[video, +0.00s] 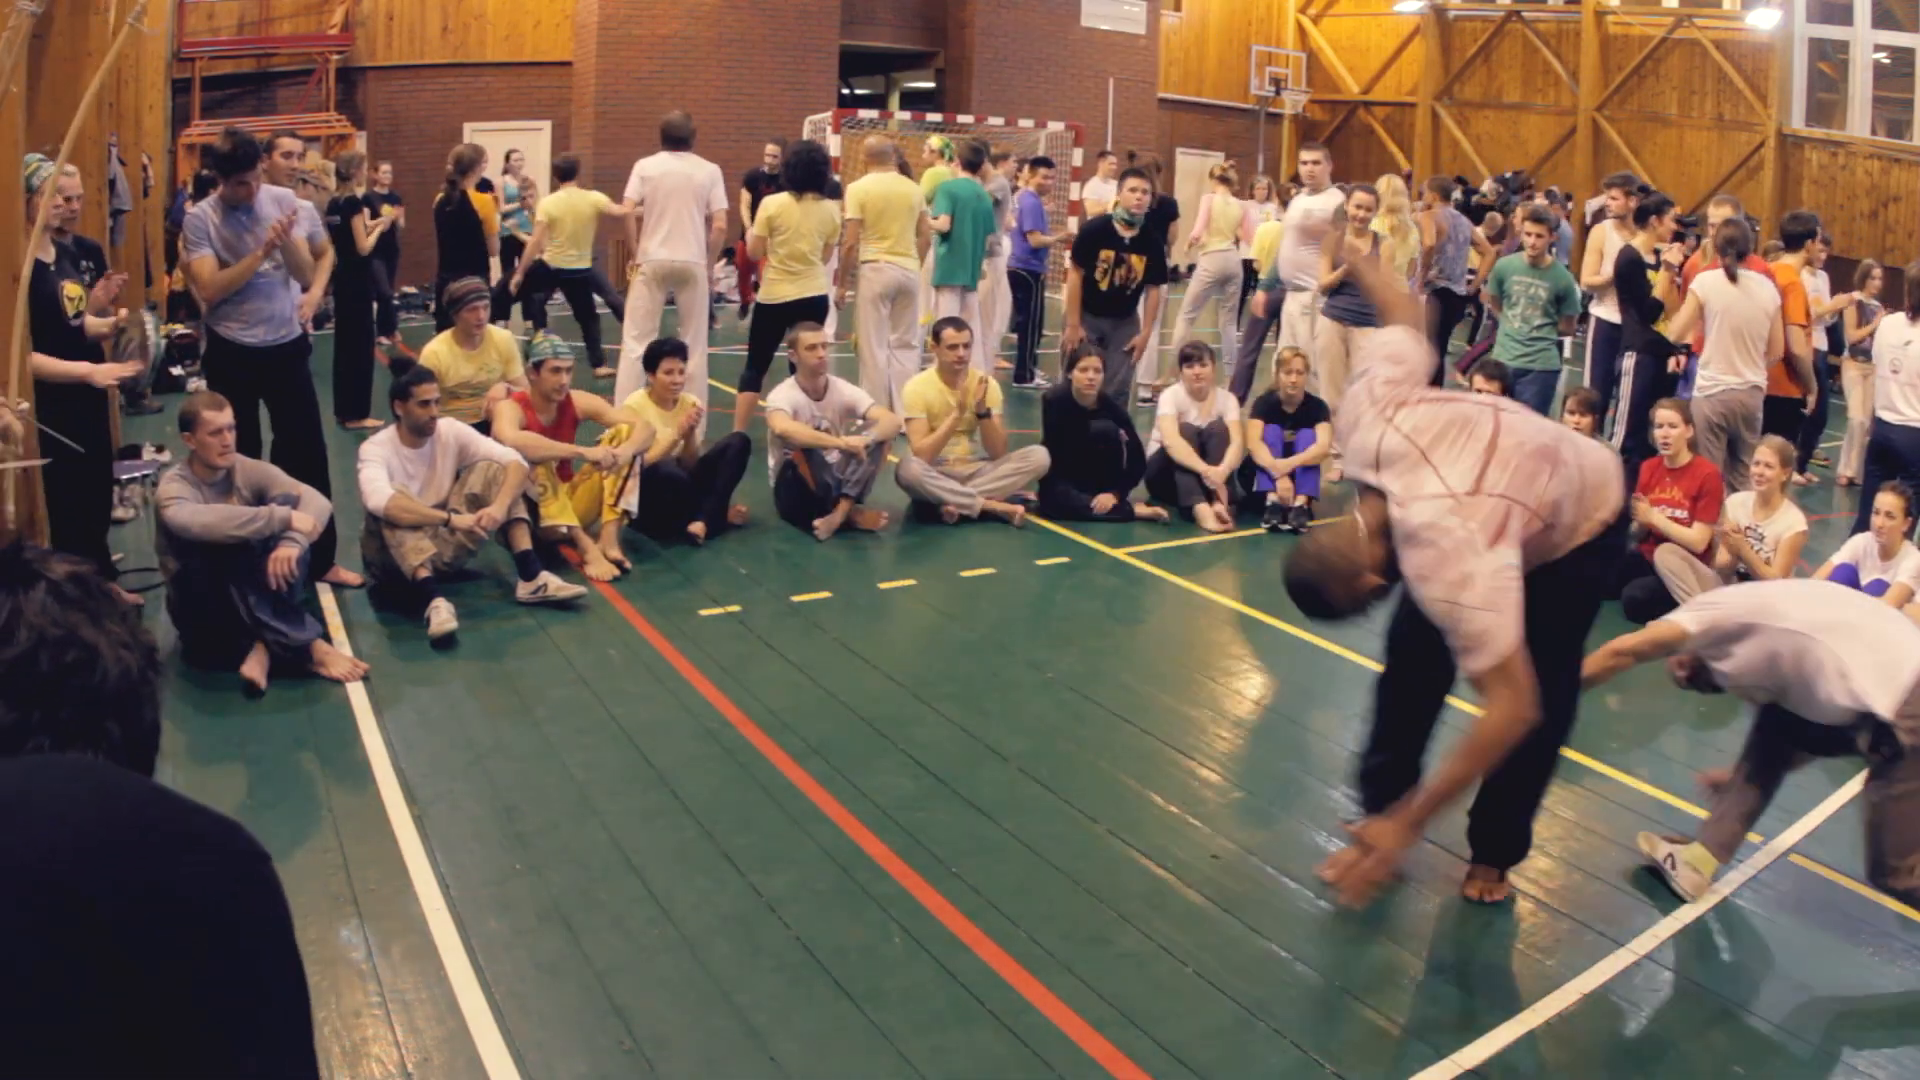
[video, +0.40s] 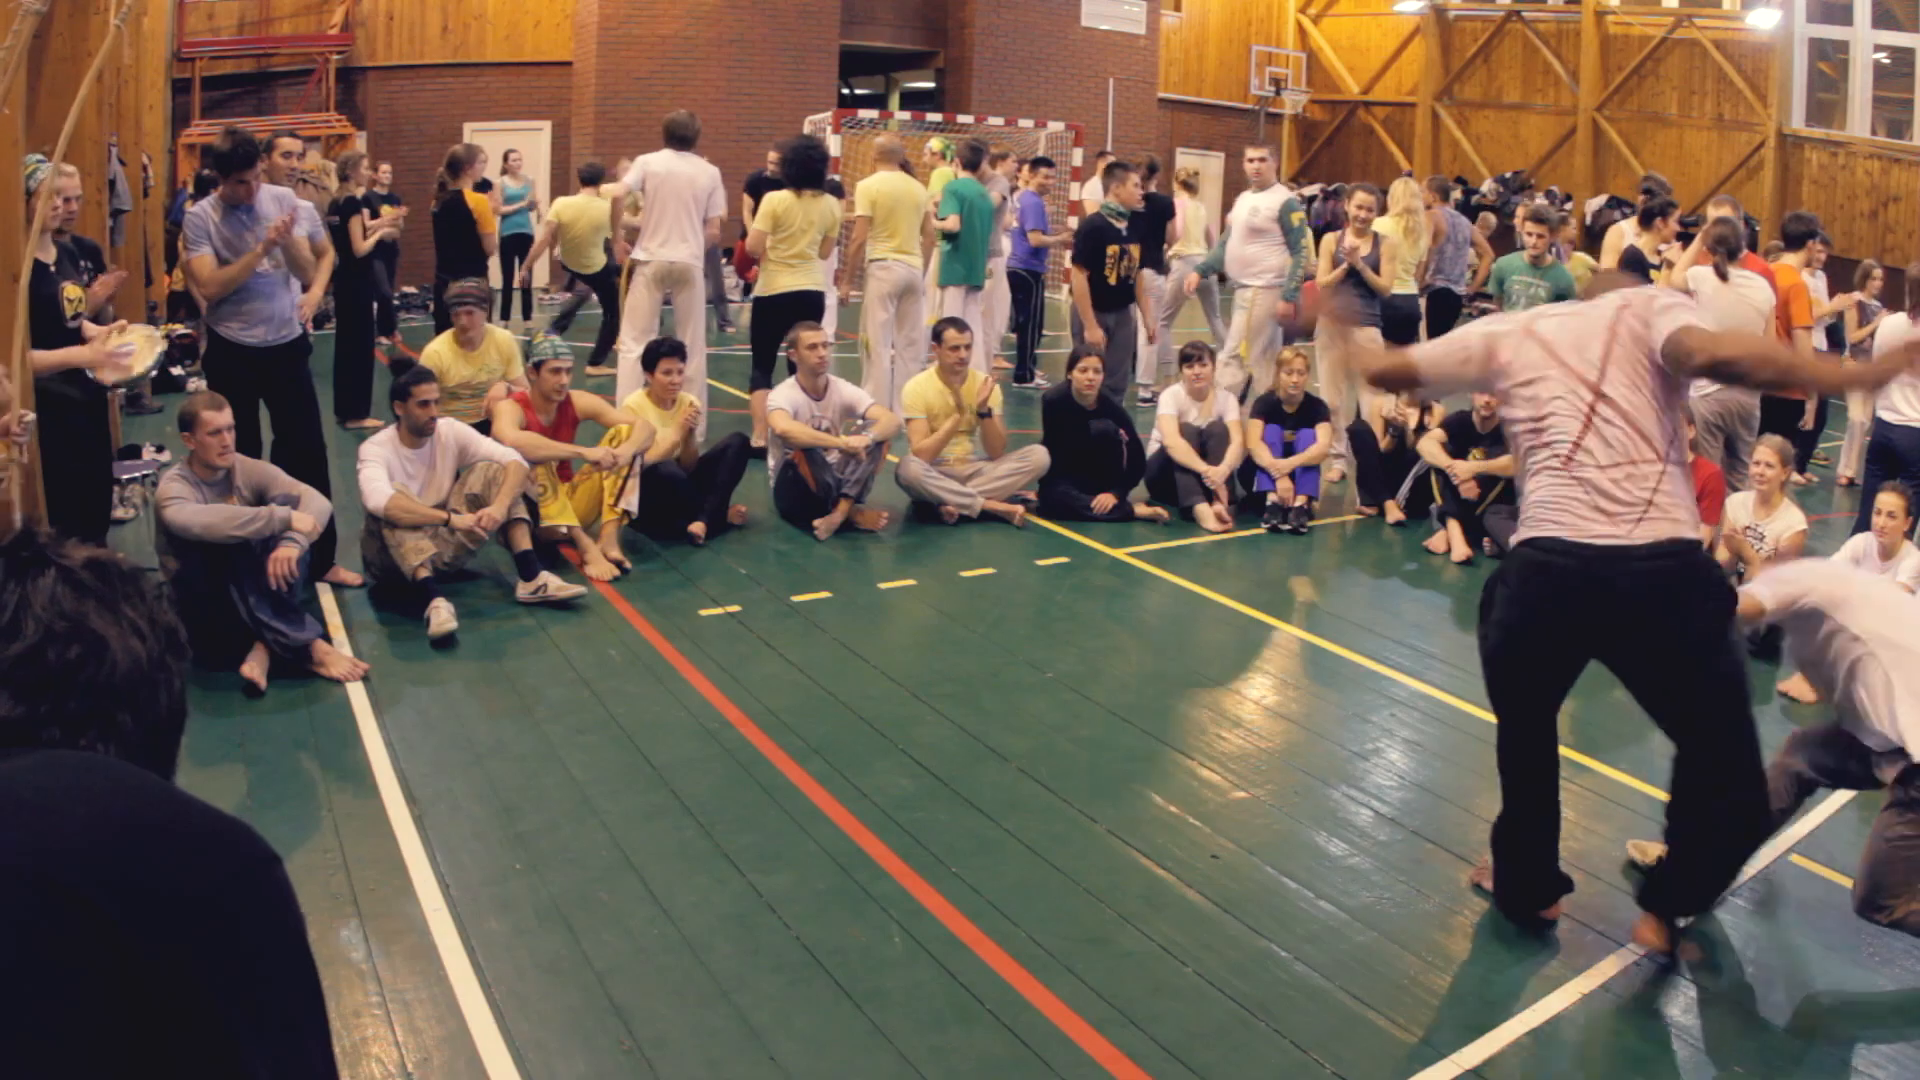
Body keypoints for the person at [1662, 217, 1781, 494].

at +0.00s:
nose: (1708, 240)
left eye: (1712, 237)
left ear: (1715, 246)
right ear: (1748, 248)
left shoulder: (1703, 282)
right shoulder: (1767, 287)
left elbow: (1676, 333)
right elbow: (1776, 350)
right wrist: (1752, 367)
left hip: (1710, 391)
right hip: (1751, 392)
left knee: (1708, 475)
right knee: (1744, 475)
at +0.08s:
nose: (1707, 244)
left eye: (1710, 239)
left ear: (1713, 247)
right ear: (1747, 249)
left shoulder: (1703, 280)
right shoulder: (1767, 287)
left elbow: (1670, 317)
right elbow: (1776, 350)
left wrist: (1680, 274)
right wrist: (1751, 368)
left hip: (1710, 390)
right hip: (1751, 391)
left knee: (1708, 474)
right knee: (1744, 474)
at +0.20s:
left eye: (1718, 248)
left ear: (1716, 251)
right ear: (1744, 250)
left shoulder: (1706, 282)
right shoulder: (1766, 288)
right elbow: (1769, 349)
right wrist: (1754, 377)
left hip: (1711, 391)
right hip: (1750, 390)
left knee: (1708, 472)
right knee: (1742, 473)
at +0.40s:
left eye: (1705, 244)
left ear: (1708, 248)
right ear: (1740, 249)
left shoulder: (1699, 277)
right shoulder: (1763, 286)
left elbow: (1676, 279)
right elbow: (1770, 343)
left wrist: (1698, 241)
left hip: (1707, 388)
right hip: (1747, 390)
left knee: (1708, 470)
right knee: (1742, 471)